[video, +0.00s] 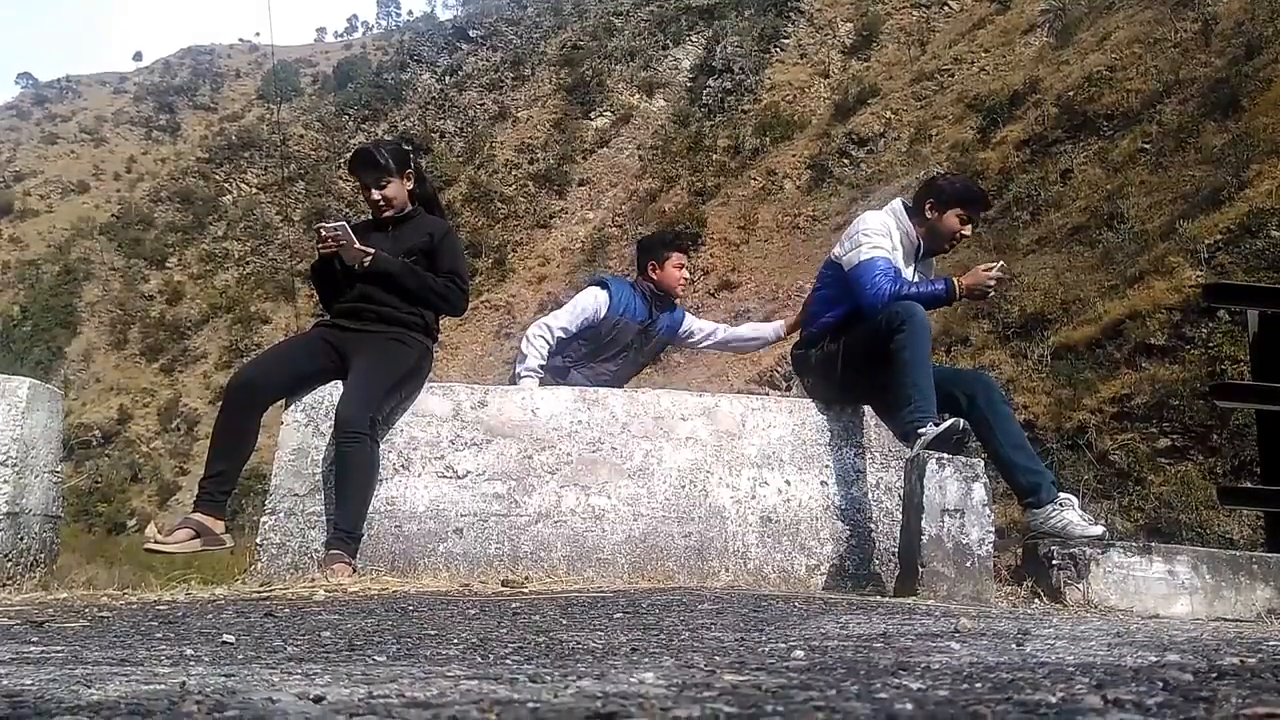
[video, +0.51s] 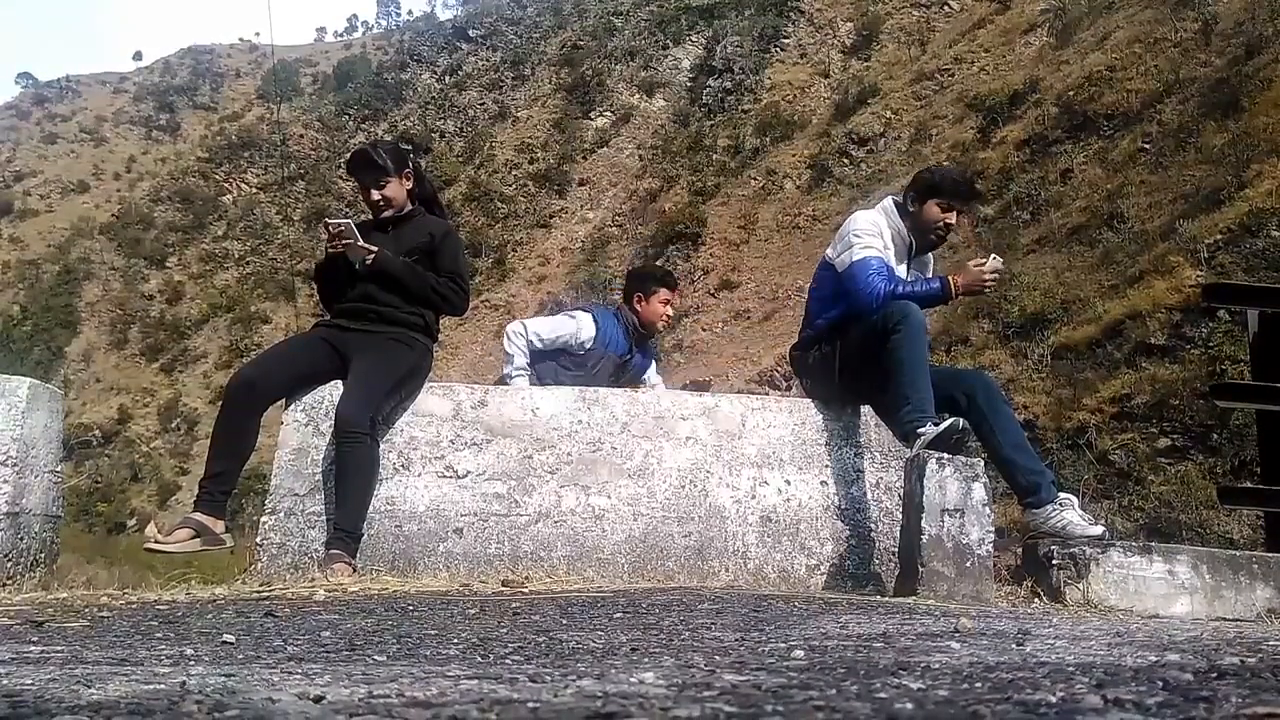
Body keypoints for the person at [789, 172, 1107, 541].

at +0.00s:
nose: (966, 232)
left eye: (970, 223)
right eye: (962, 219)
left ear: (933, 215)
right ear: (930, 210)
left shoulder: (921, 250)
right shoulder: (873, 228)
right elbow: (878, 294)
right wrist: (956, 286)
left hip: (876, 370)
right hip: (827, 364)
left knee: (977, 387)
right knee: (907, 316)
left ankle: (1044, 503)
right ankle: (919, 427)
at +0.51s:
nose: (951, 222)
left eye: (959, 214)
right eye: (944, 208)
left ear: (960, 220)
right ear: (914, 200)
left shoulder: (921, 255)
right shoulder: (865, 227)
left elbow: (909, 313)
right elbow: (873, 291)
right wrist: (951, 284)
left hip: (878, 372)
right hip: (827, 366)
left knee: (976, 387)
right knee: (903, 315)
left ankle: (1043, 504)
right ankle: (917, 427)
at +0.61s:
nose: (944, 218)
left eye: (952, 212)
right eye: (936, 204)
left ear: (954, 219)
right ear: (908, 198)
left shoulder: (920, 255)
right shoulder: (863, 227)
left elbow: (909, 312)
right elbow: (872, 291)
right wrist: (951, 286)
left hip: (877, 372)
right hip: (826, 367)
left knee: (976, 388)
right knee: (903, 314)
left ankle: (1043, 505)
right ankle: (916, 426)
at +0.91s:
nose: (915, 209)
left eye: (928, 205)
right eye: (908, 197)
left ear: (939, 217)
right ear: (892, 196)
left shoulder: (921, 257)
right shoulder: (857, 228)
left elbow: (912, 313)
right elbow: (874, 293)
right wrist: (951, 290)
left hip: (881, 373)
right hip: (826, 367)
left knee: (976, 387)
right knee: (904, 316)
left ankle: (1043, 504)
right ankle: (918, 428)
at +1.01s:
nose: (907, 209)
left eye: (921, 205)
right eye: (901, 198)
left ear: (936, 217)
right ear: (891, 197)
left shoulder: (921, 254)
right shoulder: (855, 229)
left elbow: (914, 308)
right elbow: (875, 292)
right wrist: (951, 290)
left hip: (880, 373)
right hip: (825, 368)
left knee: (977, 388)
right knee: (904, 317)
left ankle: (1043, 505)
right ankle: (918, 429)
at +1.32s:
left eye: (912, 212)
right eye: (919, 220)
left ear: (922, 218)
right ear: (891, 203)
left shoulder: (919, 252)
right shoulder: (851, 228)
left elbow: (914, 308)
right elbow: (875, 290)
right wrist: (956, 292)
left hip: (880, 373)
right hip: (825, 367)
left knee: (976, 387)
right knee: (903, 316)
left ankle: (1043, 504)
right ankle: (917, 429)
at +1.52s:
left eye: (917, 215)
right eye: (915, 216)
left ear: (912, 213)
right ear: (887, 204)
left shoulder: (918, 245)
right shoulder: (846, 228)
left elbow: (917, 309)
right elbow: (873, 290)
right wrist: (955, 290)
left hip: (882, 372)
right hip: (825, 366)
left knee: (976, 386)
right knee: (901, 314)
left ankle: (1043, 503)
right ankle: (917, 428)